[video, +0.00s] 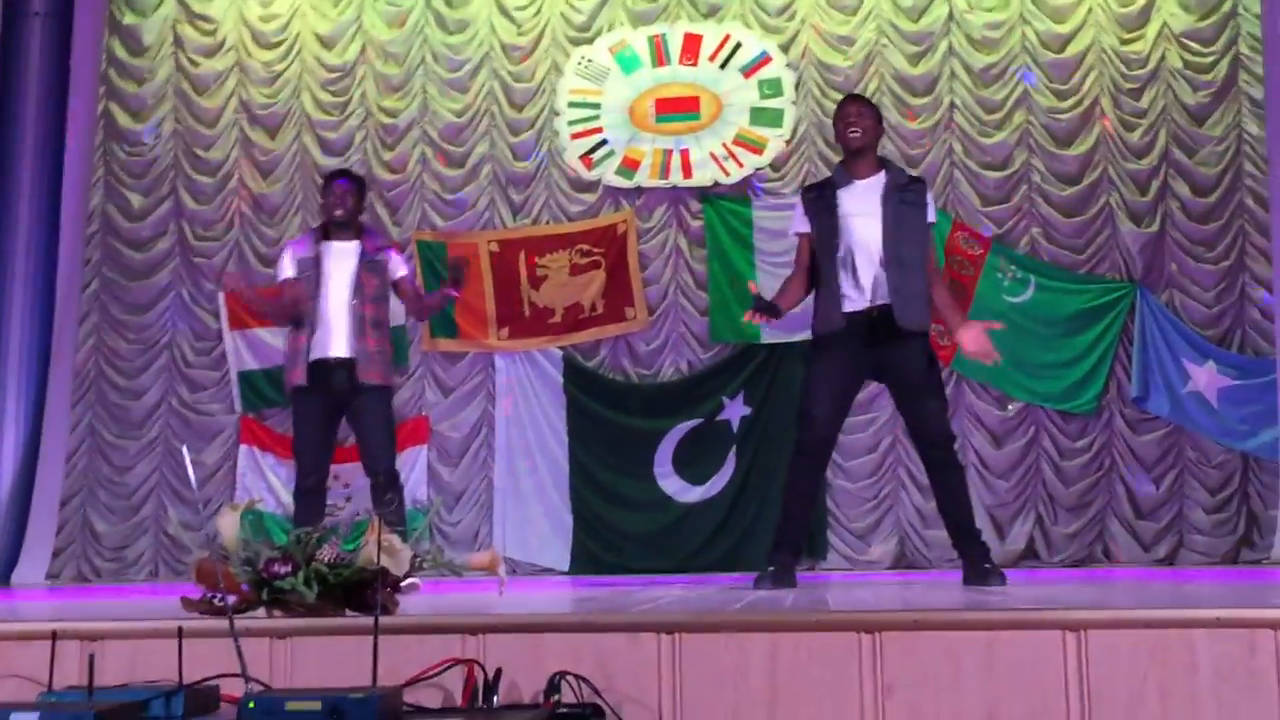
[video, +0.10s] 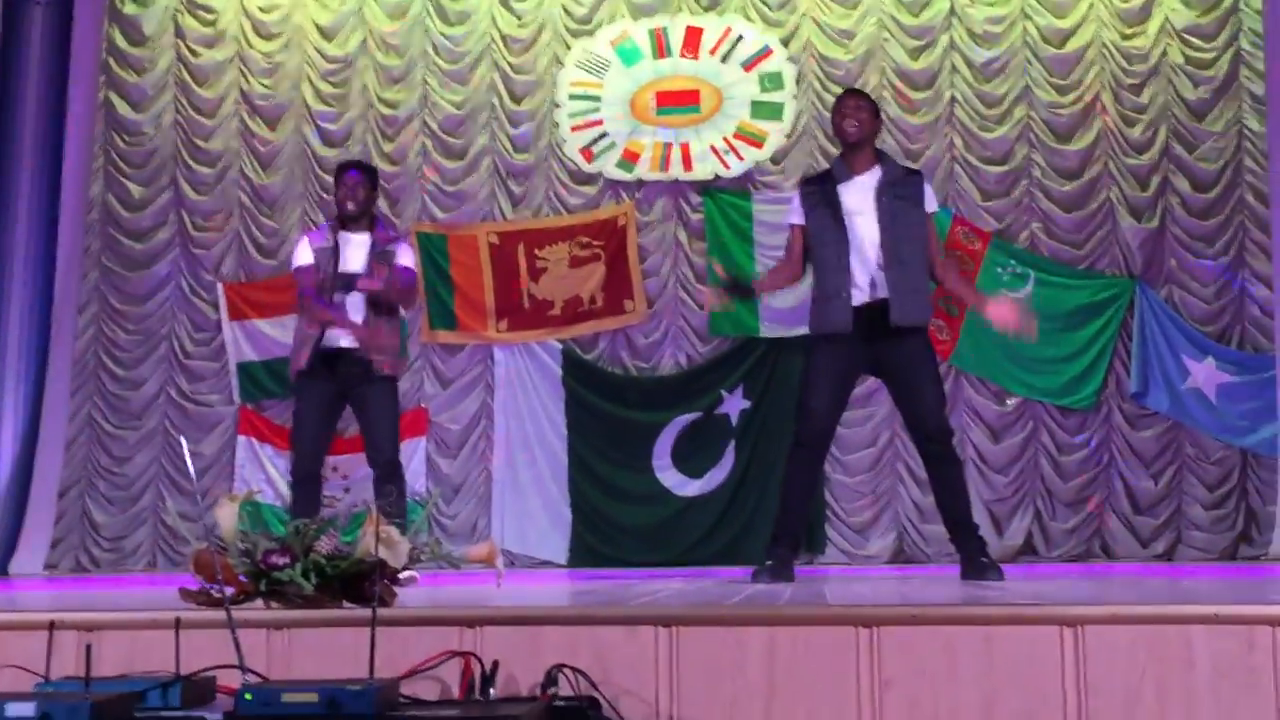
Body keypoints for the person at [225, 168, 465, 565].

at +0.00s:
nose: (339, 203)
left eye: (347, 196)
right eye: (332, 196)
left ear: (361, 204)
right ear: (322, 201)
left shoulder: (383, 252)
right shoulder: (296, 251)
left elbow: (416, 308)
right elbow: (289, 309)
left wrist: (441, 297)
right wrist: (245, 291)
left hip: (367, 375)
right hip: (312, 376)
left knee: (382, 469)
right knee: (309, 473)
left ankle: (396, 559)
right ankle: (303, 562)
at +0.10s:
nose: (349, 196)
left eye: (358, 189)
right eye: (343, 189)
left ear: (373, 195)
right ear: (335, 194)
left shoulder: (397, 245)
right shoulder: (311, 242)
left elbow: (403, 295)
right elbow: (307, 302)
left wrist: (352, 281)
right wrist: (351, 323)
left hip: (373, 364)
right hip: (320, 363)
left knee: (385, 459)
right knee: (305, 461)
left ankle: (394, 548)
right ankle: (301, 549)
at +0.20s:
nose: (367, 188)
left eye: (376, 182)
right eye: (361, 181)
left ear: (391, 188)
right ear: (353, 187)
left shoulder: (415, 238)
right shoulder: (331, 237)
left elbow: (399, 286)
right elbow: (336, 300)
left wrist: (337, 285)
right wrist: (397, 314)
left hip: (391, 358)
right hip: (339, 355)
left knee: (400, 453)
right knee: (312, 451)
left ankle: (405, 542)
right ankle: (310, 542)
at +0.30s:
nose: (397, 187)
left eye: (405, 180)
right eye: (390, 180)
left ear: (420, 187)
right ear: (381, 187)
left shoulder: (443, 238)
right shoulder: (358, 235)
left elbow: (436, 291)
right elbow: (353, 295)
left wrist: (376, 284)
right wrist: (413, 311)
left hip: (416, 355)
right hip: (363, 352)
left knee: (424, 452)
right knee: (336, 449)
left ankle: (427, 543)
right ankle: (332, 541)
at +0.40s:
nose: (408, 191)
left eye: (417, 184)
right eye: (403, 184)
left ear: (435, 187)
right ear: (395, 187)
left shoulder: (459, 238)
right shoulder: (373, 233)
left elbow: (467, 297)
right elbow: (346, 282)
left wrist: (417, 301)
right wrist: (381, 290)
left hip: (431, 358)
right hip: (377, 354)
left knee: (439, 451)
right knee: (354, 449)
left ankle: (440, 544)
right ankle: (342, 542)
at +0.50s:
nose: (422, 182)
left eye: (430, 175)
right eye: (416, 175)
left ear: (447, 183)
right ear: (407, 182)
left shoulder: (470, 233)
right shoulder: (388, 232)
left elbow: (492, 284)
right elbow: (338, 276)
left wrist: (473, 309)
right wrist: (336, 248)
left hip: (444, 355)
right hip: (392, 352)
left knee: (453, 451)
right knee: (369, 449)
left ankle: (456, 539)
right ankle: (350, 539)